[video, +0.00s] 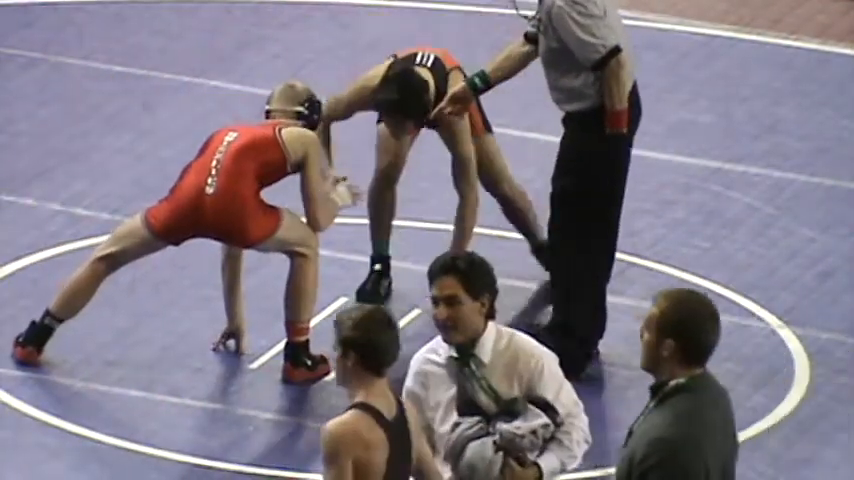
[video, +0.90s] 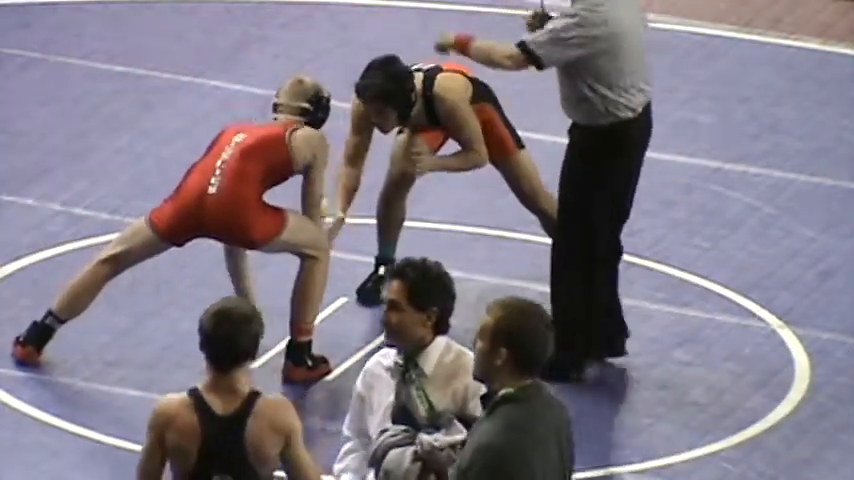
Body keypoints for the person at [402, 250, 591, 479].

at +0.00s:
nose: (441, 315)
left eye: (452, 303)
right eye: (435, 303)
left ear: (484, 303)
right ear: (430, 303)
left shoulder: (530, 357)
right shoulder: (424, 367)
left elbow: (575, 427)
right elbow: (416, 449)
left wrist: (540, 470)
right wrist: (446, 476)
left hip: (525, 472)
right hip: (457, 473)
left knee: (479, 453)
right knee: (478, 451)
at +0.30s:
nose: (425, 317)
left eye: (437, 306)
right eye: (422, 305)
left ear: (470, 310)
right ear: (417, 304)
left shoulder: (514, 365)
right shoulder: (415, 367)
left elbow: (552, 438)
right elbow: (398, 437)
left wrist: (511, 476)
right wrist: (416, 474)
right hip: (438, 473)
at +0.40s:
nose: (421, 317)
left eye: (433, 308)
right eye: (418, 306)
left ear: (466, 313)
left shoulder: (508, 369)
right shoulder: (412, 366)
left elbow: (540, 443)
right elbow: (393, 438)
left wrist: (503, 476)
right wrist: (402, 473)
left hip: (493, 471)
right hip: (423, 471)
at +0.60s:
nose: (409, 319)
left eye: (421, 310)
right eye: (409, 308)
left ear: (456, 318)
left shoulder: (497, 376)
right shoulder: (402, 365)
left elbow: (524, 453)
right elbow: (381, 434)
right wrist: (380, 471)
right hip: (405, 472)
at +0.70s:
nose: (402, 319)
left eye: (414, 311)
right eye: (404, 308)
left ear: (448, 320)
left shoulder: (490, 377)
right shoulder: (397, 365)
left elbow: (508, 457)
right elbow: (374, 435)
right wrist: (373, 472)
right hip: (396, 473)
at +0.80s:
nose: (394, 317)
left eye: (405, 309)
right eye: (396, 306)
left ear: (440, 319)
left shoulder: (479, 371)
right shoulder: (389, 365)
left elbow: (492, 446)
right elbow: (367, 436)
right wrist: (362, 472)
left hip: (451, 475)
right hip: (390, 473)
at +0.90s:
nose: (384, 317)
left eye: (395, 308)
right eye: (385, 306)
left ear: (429, 318)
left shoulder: (467, 368)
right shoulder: (376, 367)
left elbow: (480, 438)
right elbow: (356, 440)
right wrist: (349, 474)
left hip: (445, 474)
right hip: (382, 473)